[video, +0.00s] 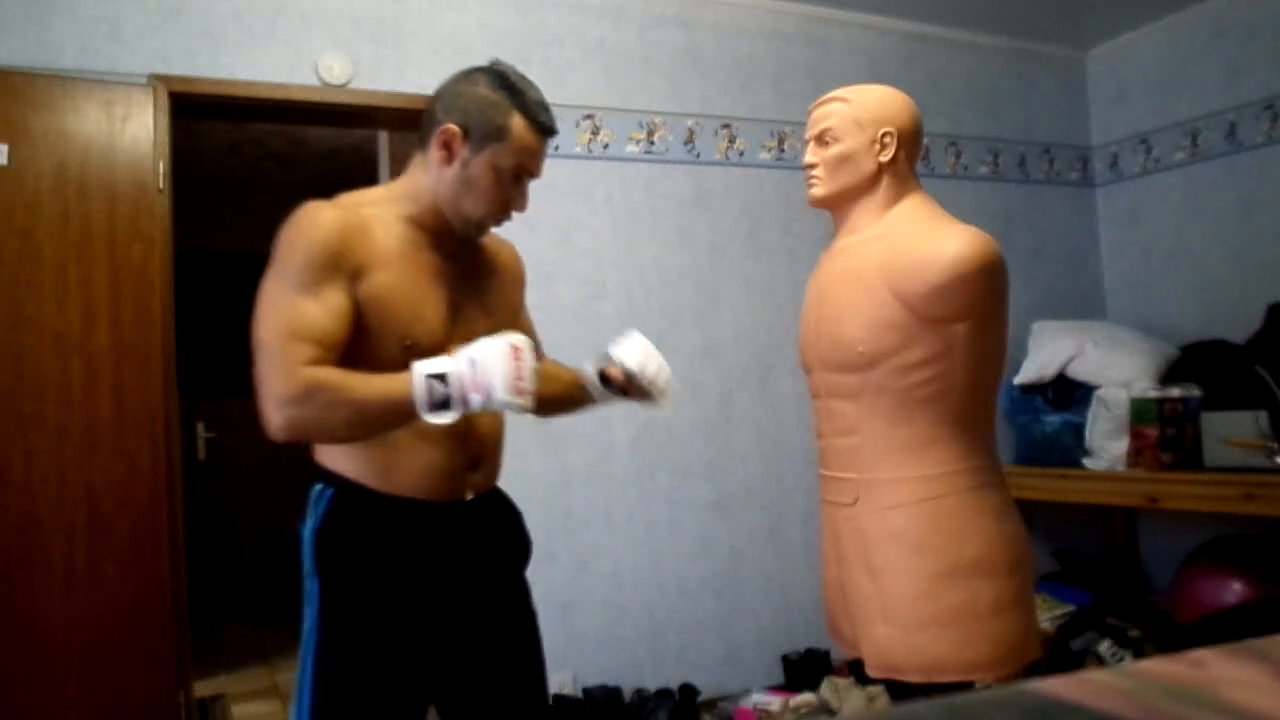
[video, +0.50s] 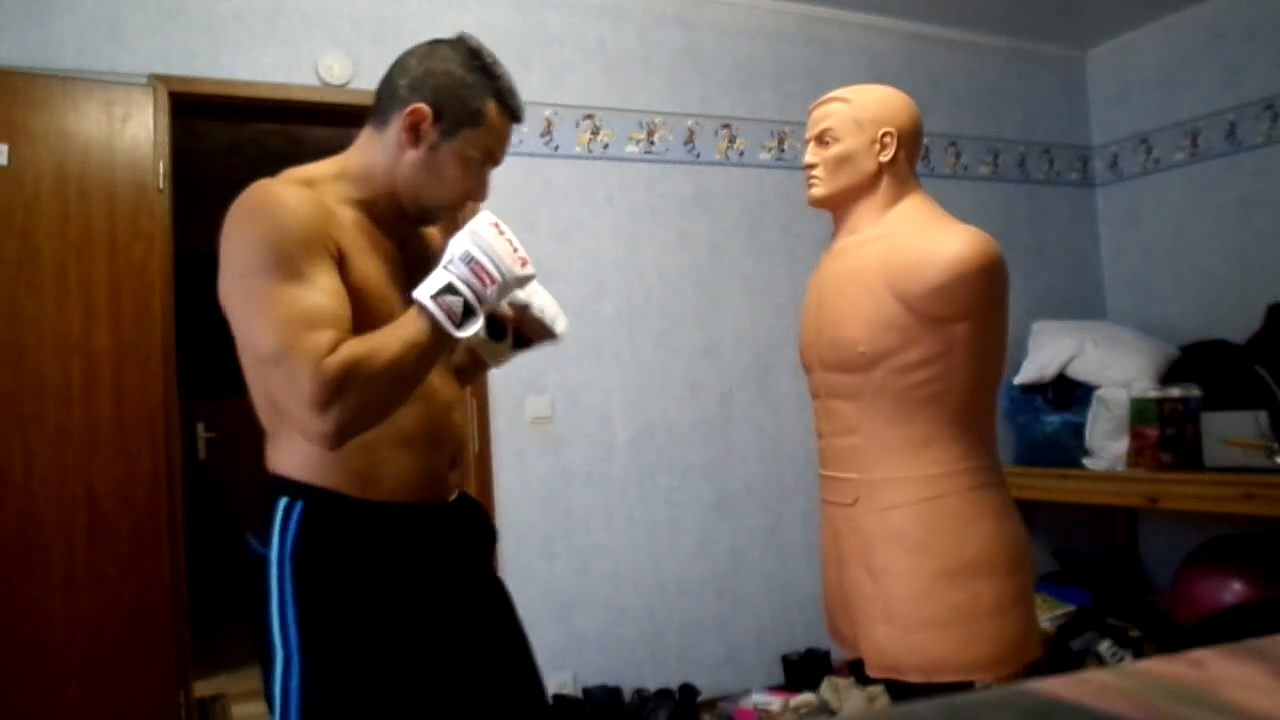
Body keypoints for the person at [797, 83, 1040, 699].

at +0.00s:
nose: (807, 157)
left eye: (825, 140)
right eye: (808, 142)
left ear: (883, 148)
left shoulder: (949, 258)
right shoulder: (836, 260)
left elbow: (965, 426)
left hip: (934, 542)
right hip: (855, 540)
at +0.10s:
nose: (807, 157)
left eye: (825, 140)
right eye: (808, 142)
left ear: (884, 148)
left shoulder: (949, 258)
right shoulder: (837, 260)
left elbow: (965, 427)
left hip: (935, 543)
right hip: (856, 541)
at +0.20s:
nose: (807, 157)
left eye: (825, 140)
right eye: (808, 142)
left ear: (884, 148)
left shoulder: (948, 258)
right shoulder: (837, 260)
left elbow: (964, 429)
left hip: (935, 544)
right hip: (856, 543)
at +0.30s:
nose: (807, 157)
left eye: (825, 140)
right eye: (808, 142)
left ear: (884, 148)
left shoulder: (949, 259)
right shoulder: (837, 259)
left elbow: (965, 429)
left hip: (934, 544)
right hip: (856, 543)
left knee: (959, 709)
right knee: (879, 702)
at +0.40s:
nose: (807, 157)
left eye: (825, 140)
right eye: (808, 142)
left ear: (884, 148)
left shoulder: (949, 258)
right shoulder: (836, 261)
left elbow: (965, 430)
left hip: (934, 547)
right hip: (856, 546)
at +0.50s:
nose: (807, 157)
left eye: (825, 140)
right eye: (808, 142)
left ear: (884, 148)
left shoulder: (949, 258)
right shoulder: (836, 261)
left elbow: (965, 431)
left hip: (934, 545)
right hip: (856, 544)